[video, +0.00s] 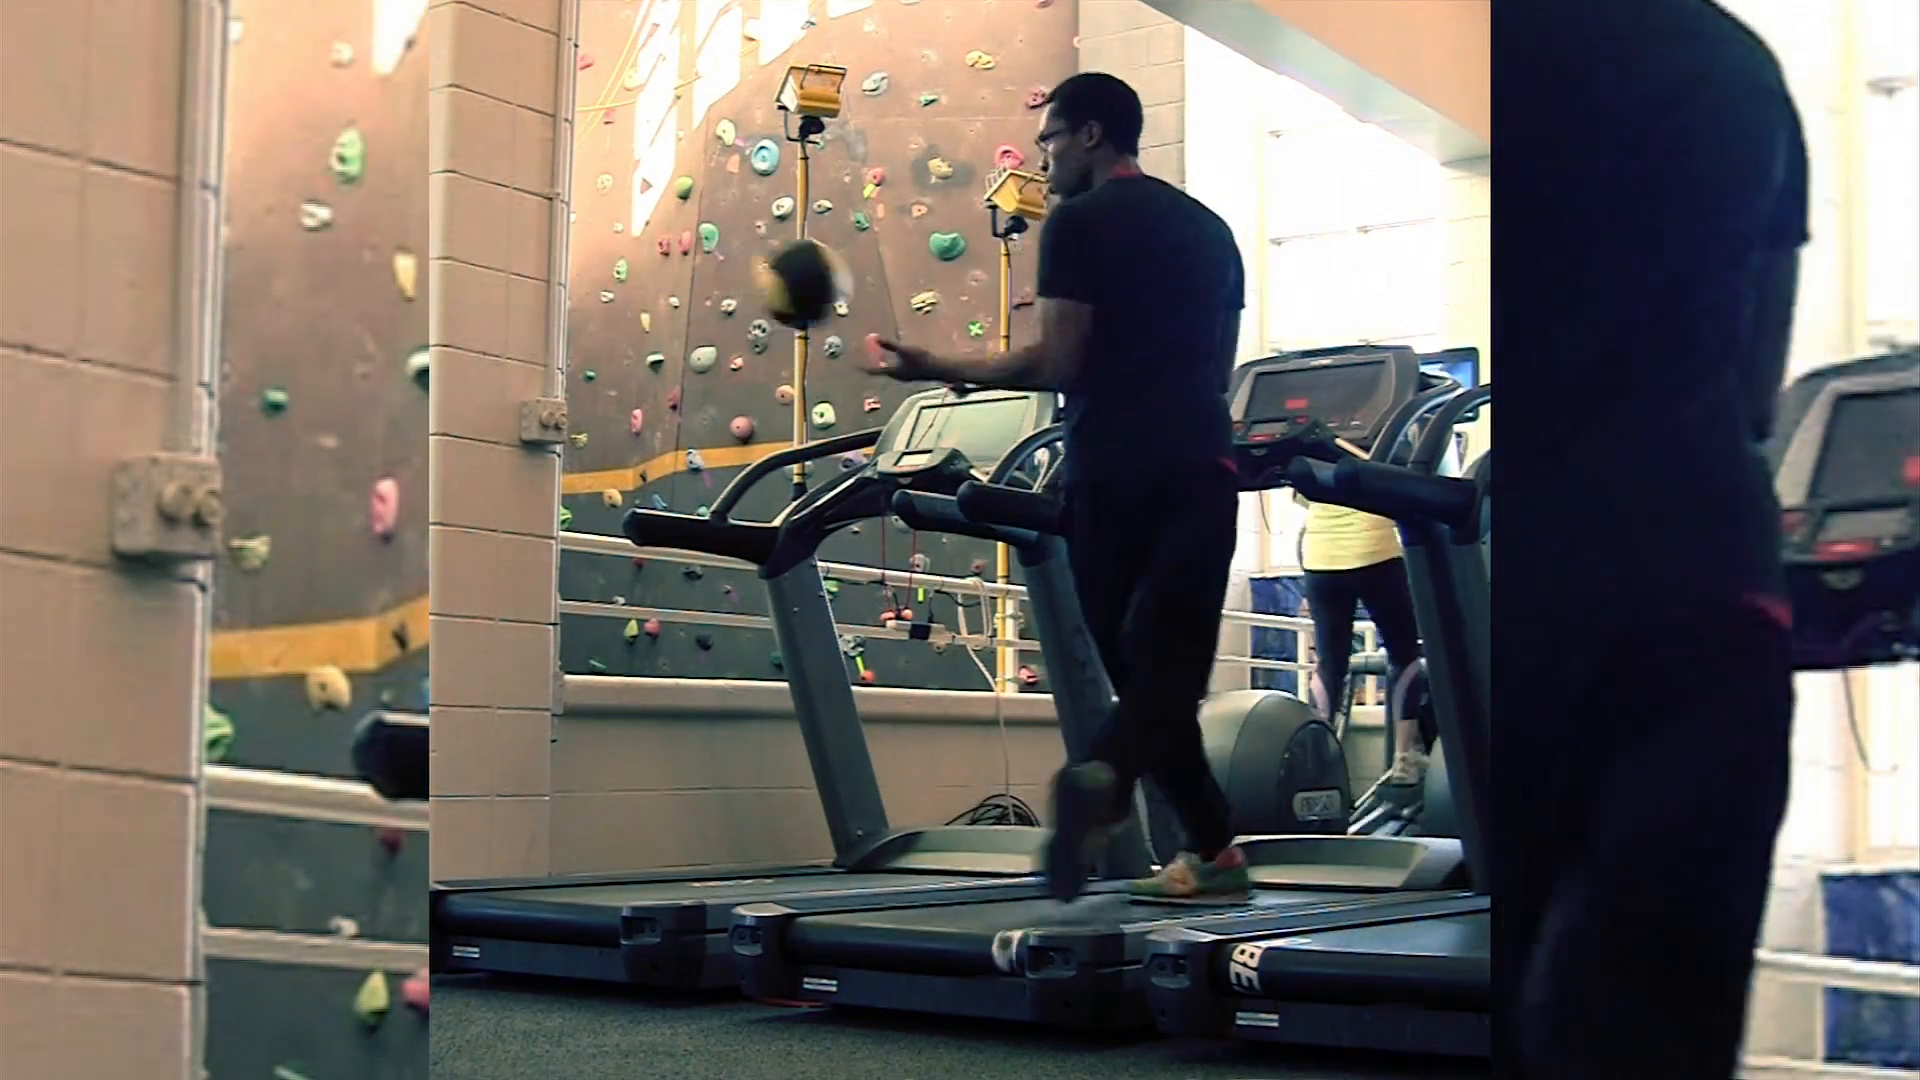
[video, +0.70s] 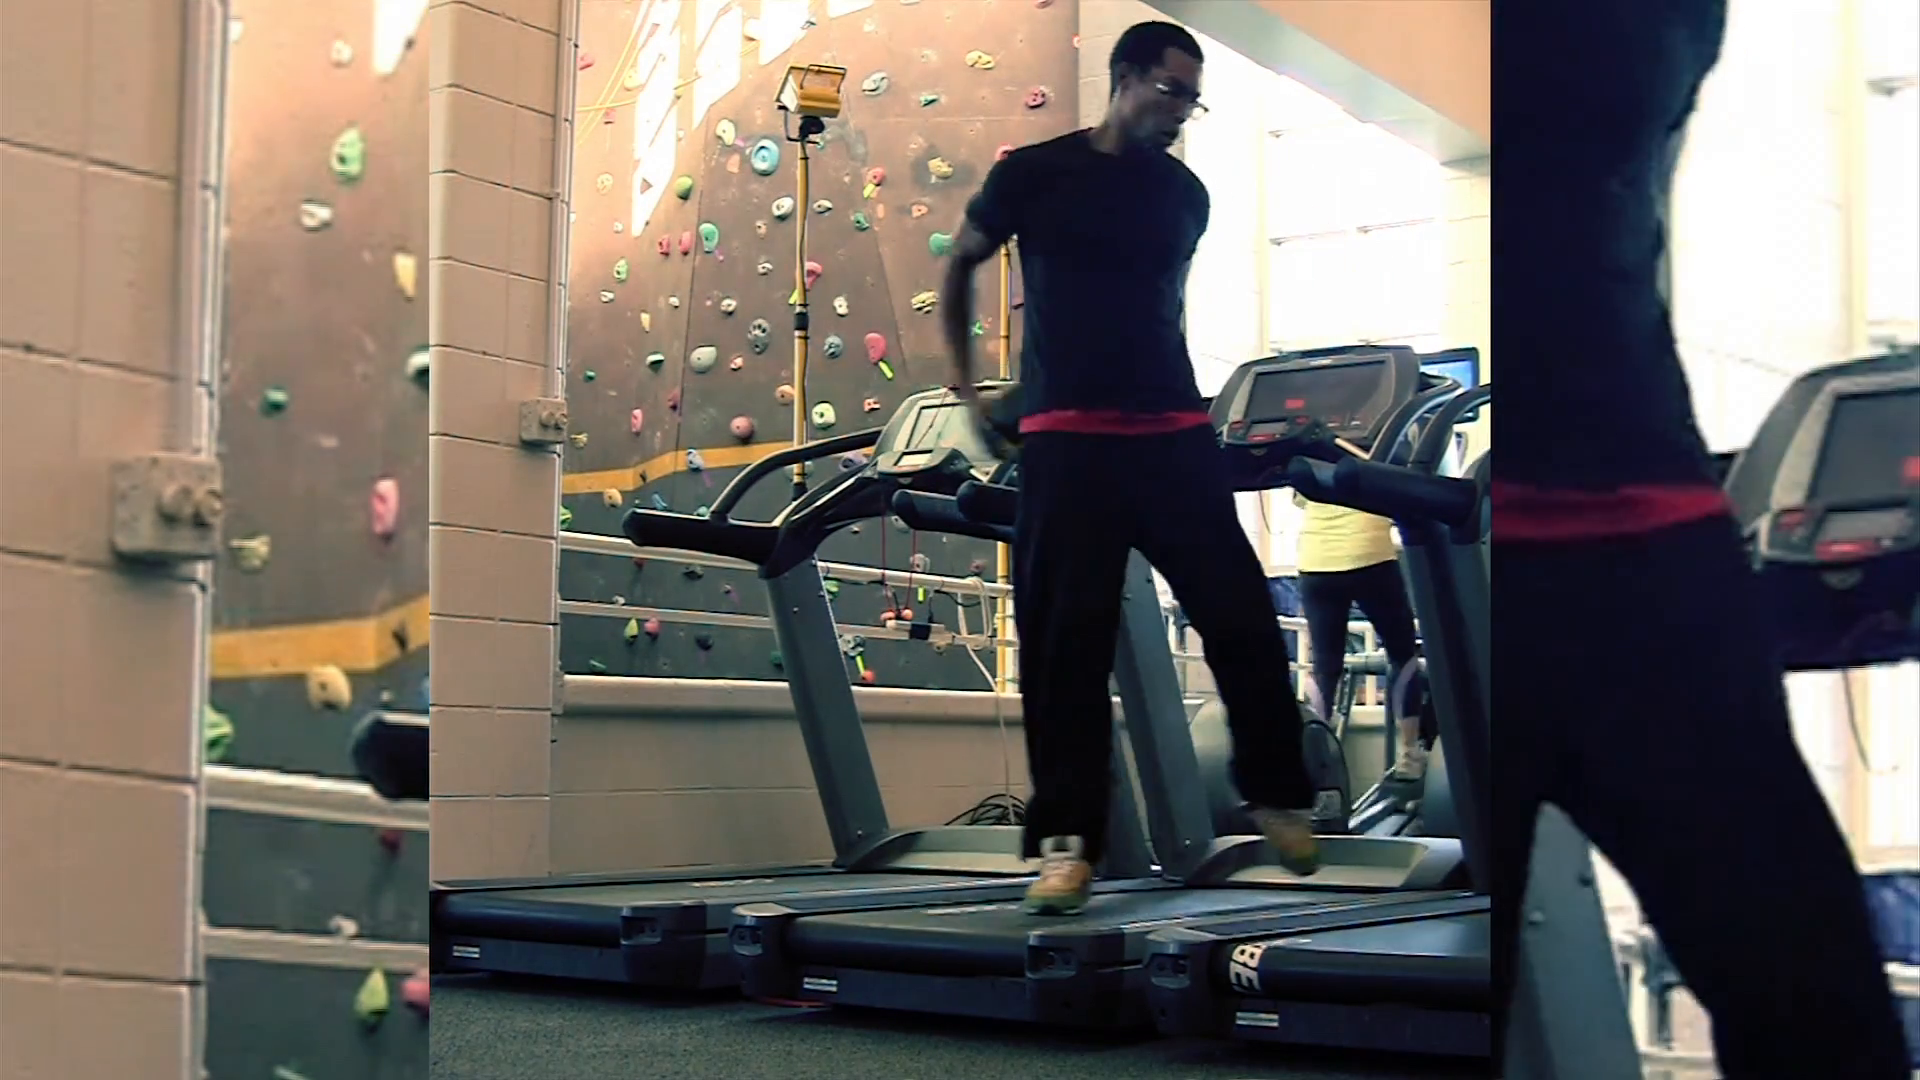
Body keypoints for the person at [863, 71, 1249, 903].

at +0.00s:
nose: (1042, 158)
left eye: (1050, 141)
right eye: (1042, 142)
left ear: (1093, 136)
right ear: (1124, 141)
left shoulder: (1078, 220)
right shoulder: (1213, 230)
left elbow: (1055, 362)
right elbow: (1213, 378)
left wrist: (930, 364)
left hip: (1110, 469)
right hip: (1201, 470)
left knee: (1138, 663)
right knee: (1176, 658)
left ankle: (1215, 850)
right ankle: (1099, 782)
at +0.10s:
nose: (1051, 166)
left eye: (1063, 148)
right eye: (1050, 150)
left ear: (1115, 144)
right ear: (1125, 151)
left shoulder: (1105, 233)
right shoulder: (1190, 235)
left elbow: (1088, 378)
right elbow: (1172, 381)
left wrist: (964, 394)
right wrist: (1049, 387)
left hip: (1120, 484)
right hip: (1193, 479)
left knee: (1102, 673)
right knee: (1176, 659)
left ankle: (1176, 857)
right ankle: (1212, 742)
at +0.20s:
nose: (1058, 136)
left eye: (1071, 120)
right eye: (1056, 122)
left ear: (1119, 119)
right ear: (1115, 125)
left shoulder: (1136, 196)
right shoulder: (1133, 200)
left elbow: (1164, 324)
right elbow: (1140, 338)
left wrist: (1049, 374)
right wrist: (1046, 374)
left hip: (1128, 458)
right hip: (1155, 456)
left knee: (1068, 648)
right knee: (1136, 656)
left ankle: (1128, 851)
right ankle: (1280, 766)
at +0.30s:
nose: (1065, 104)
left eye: (1081, 88)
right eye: (1058, 90)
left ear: (1123, 87)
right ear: (1056, 94)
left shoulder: (1161, 156)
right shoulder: (1084, 180)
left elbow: (1240, 256)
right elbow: (1097, 294)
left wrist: (1146, 287)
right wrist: (1051, 289)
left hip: (1150, 416)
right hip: (1105, 421)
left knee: (1091, 609)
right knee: (1120, 621)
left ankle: (1096, 820)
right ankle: (1249, 796)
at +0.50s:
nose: (1104, 116)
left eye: (1119, 103)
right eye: (1089, 101)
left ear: (1137, 105)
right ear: (1062, 100)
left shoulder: (1176, 177)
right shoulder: (1029, 206)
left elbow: (1293, 227)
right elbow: (1050, 301)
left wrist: (1322, 317)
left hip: (1159, 416)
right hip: (1072, 434)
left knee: (1147, 598)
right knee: (1098, 647)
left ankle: (1296, 760)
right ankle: (1155, 837)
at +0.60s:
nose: (1143, 113)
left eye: (1154, 99)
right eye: (1128, 95)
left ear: (1164, 101)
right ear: (1086, 87)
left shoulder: (1182, 184)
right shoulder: (1018, 194)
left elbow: (1234, 270)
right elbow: (1020, 307)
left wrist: (1230, 377)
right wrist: (1054, 386)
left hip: (1165, 436)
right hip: (1067, 447)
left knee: (1197, 612)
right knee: (1080, 649)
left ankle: (1318, 779)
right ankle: (1115, 842)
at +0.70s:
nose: (1182, 109)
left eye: (1191, 97)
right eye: (1170, 90)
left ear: (1189, 105)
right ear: (1120, 81)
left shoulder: (1185, 196)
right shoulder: (1030, 173)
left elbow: (1169, 306)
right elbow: (959, 268)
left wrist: (1184, 403)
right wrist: (969, 392)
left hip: (1172, 447)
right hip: (1067, 449)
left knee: (1246, 620)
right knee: (1064, 649)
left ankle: (1277, 798)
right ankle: (1066, 843)